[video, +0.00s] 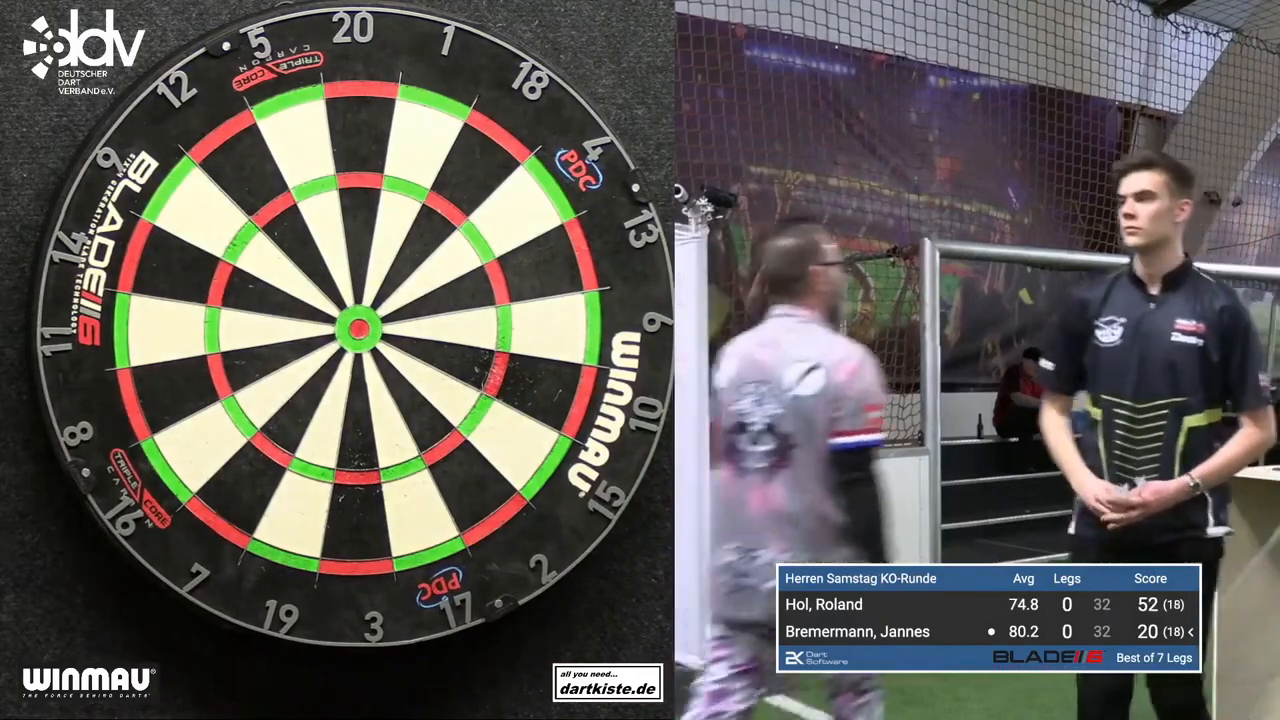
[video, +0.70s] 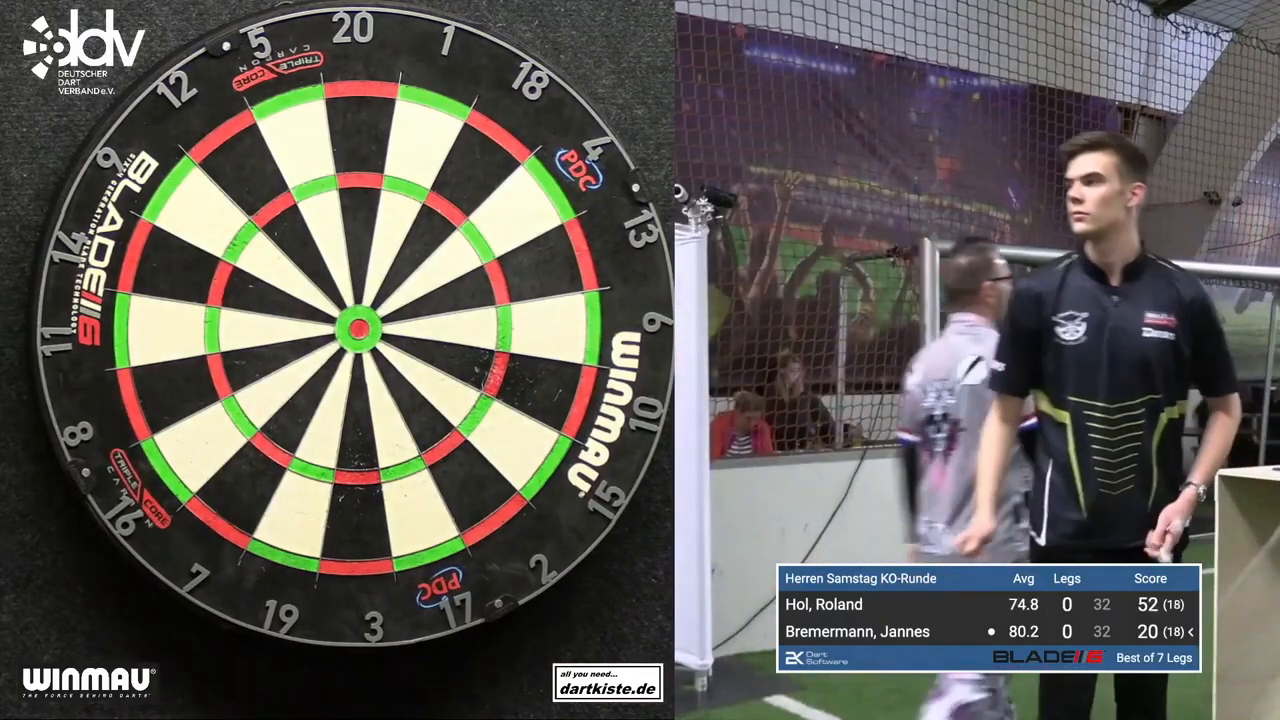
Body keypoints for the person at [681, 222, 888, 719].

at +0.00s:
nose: (844, 274)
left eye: (841, 263)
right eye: (837, 264)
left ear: (773, 278)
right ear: (813, 275)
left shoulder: (732, 355)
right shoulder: (848, 361)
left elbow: (723, 456)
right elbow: (856, 482)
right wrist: (879, 574)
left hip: (740, 559)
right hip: (825, 566)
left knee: (725, 686)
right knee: (856, 685)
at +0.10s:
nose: (879, 276)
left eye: (878, 265)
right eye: (876, 266)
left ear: (816, 273)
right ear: (859, 275)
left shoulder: (768, 352)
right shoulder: (882, 353)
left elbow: (762, 460)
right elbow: (907, 461)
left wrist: (761, 546)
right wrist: (941, 537)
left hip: (784, 549)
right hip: (866, 551)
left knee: (770, 673)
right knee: (879, 679)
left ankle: (746, 714)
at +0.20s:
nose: (901, 275)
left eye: (899, 263)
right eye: (896, 264)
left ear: (835, 270)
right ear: (877, 273)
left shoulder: (789, 351)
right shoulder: (904, 350)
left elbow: (769, 458)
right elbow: (940, 452)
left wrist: (760, 538)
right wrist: (978, 524)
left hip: (804, 550)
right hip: (887, 555)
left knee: (801, 672)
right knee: (887, 678)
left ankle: (779, 713)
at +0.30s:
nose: (919, 275)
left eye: (916, 265)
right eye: (916, 266)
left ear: (860, 272)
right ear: (905, 274)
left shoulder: (819, 350)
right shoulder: (933, 347)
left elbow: (791, 451)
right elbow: (979, 439)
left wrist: (770, 529)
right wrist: (1022, 495)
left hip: (837, 546)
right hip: (913, 548)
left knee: (853, 674)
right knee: (903, 679)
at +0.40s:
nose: (950, 278)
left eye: (947, 268)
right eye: (945, 269)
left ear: (887, 277)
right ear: (928, 276)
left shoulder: (849, 352)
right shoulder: (956, 347)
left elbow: (820, 448)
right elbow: (1003, 436)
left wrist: (800, 531)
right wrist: (1039, 503)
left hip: (865, 542)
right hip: (936, 542)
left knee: (900, 662)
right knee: (919, 668)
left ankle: (894, 714)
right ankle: (897, 716)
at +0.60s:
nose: (985, 284)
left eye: (981, 274)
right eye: (978, 275)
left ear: (920, 287)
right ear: (960, 285)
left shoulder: (889, 358)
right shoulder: (989, 352)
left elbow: (867, 452)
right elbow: (1018, 435)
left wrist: (866, 534)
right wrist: (1015, 513)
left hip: (902, 539)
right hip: (966, 538)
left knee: (963, 656)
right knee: (938, 663)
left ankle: (975, 709)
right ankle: (911, 714)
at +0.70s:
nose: (1011, 288)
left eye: (1008, 278)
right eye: (1005, 280)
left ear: (955, 291)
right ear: (987, 291)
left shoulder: (922, 361)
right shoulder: (1008, 358)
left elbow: (908, 449)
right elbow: (1036, 439)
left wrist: (912, 529)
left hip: (937, 534)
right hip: (997, 533)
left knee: (960, 650)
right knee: (983, 654)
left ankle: (992, 710)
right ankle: (944, 709)